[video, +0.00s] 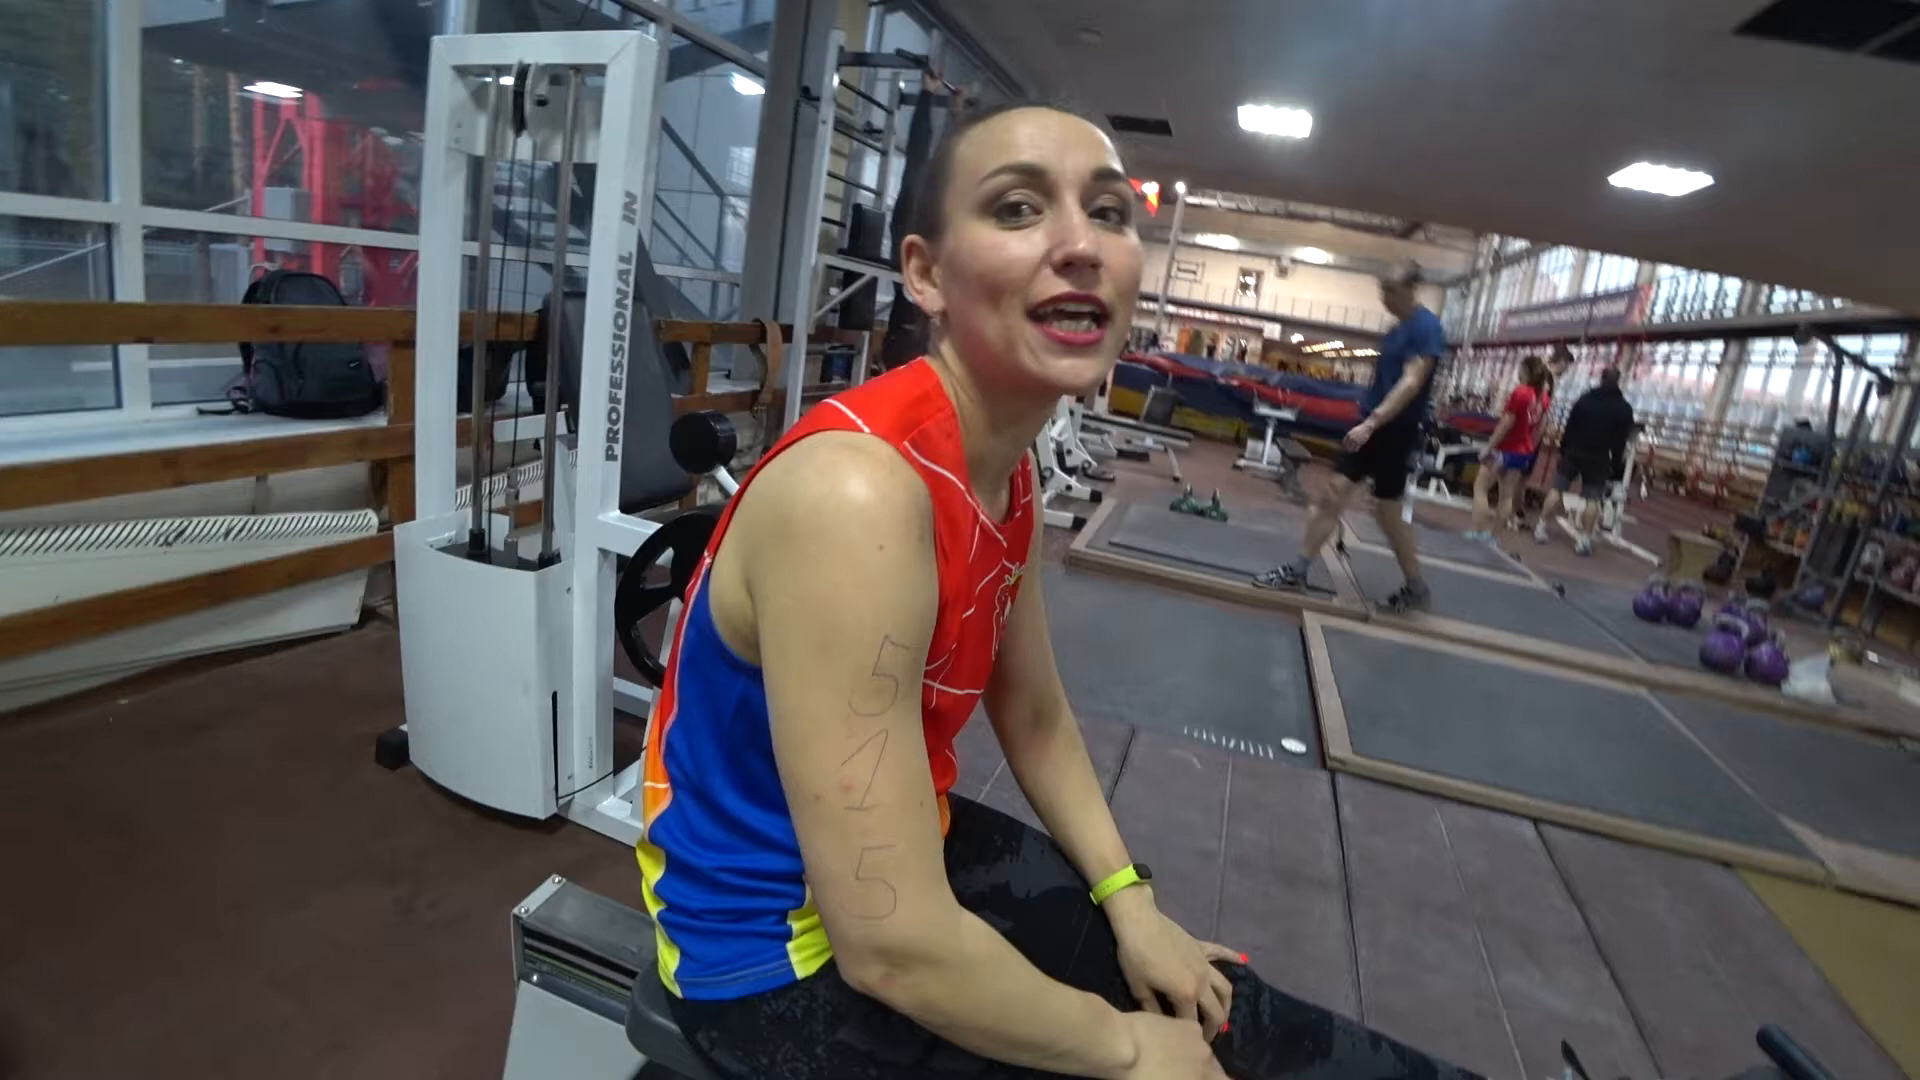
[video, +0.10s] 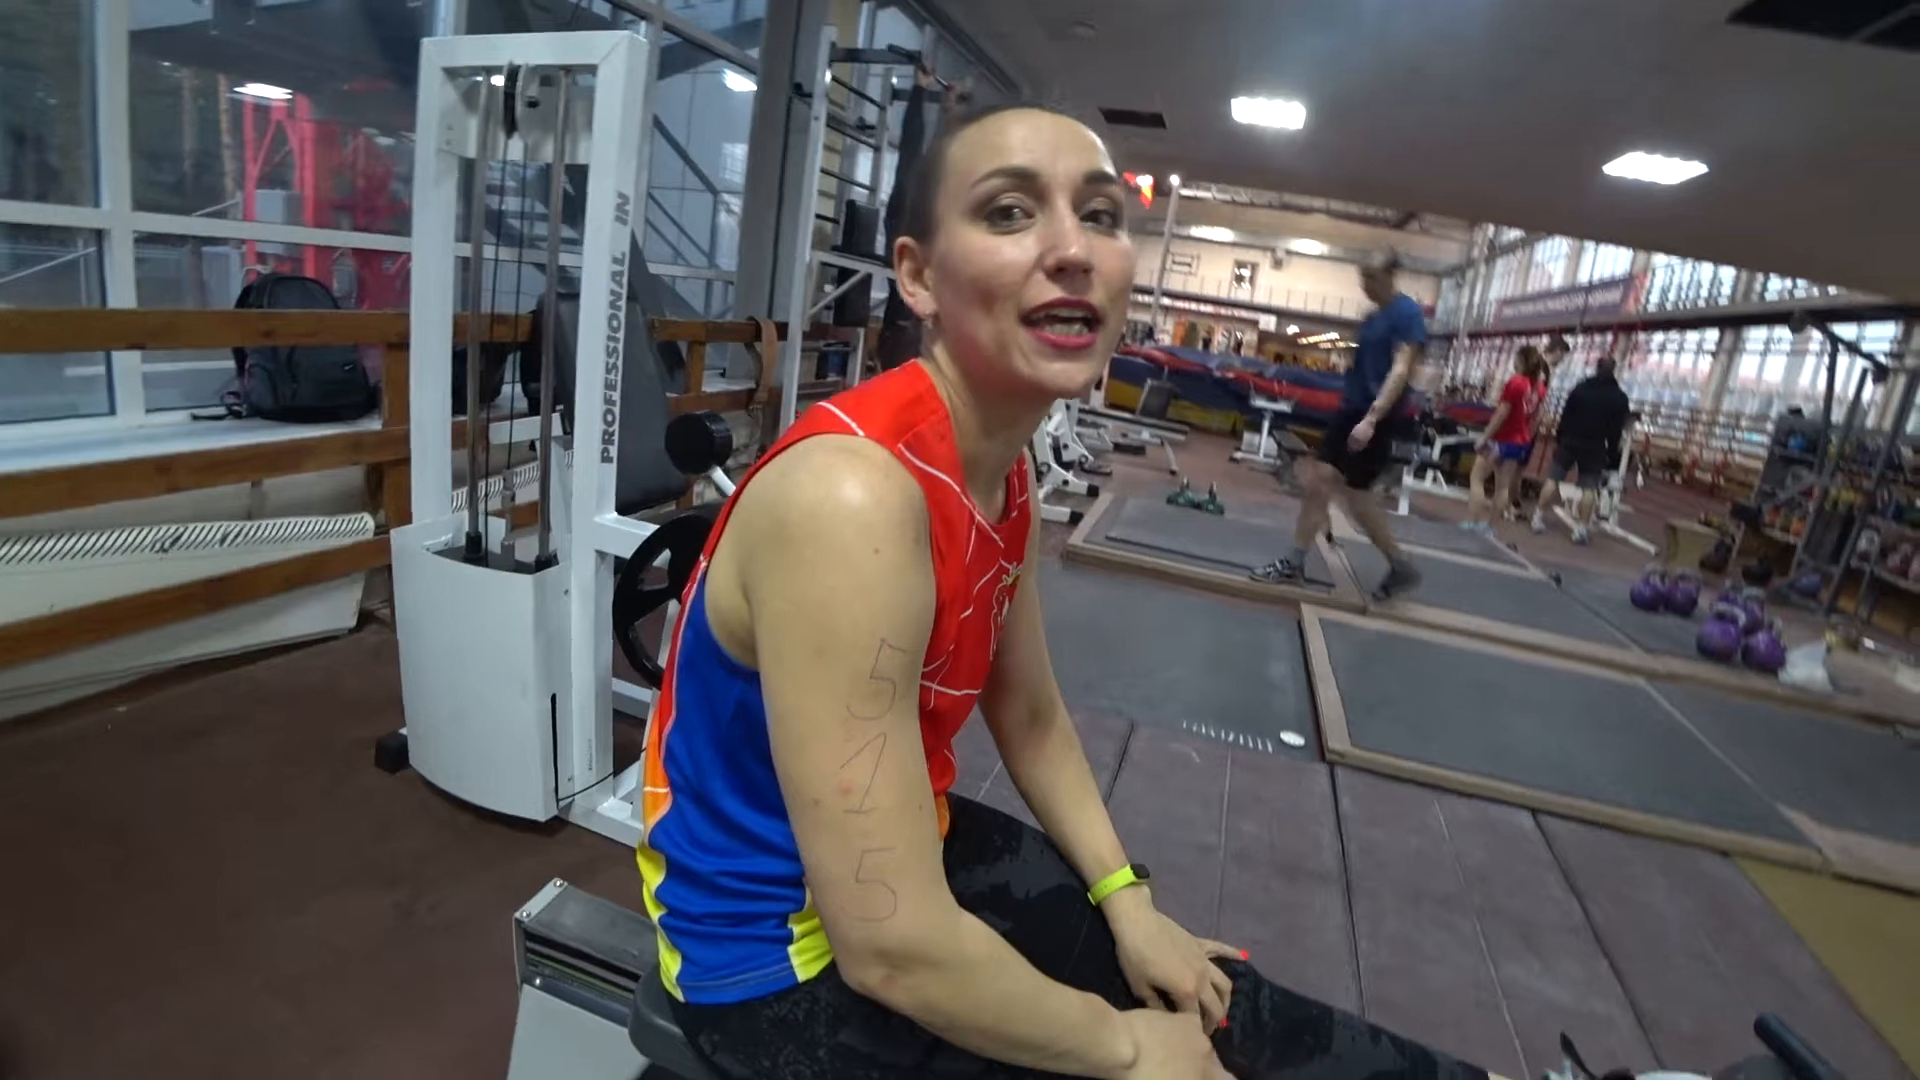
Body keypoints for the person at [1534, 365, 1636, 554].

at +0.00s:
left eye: (1604, 376)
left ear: (1601, 379)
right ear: (1618, 382)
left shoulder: (1586, 398)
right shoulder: (1624, 409)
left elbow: (1570, 425)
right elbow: (1619, 442)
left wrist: (1563, 448)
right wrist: (1617, 467)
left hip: (1574, 450)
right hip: (1598, 457)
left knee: (1558, 489)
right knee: (1593, 498)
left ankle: (1541, 525)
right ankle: (1585, 538)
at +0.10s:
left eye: (1599, 366)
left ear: (1597, 369)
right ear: (1614, 372)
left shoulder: (1582, 387)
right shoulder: (1619, 398)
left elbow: (1566, 414)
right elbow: (1615, 431)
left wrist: (1560, 437)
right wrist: (1613, 456)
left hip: (1570, 440)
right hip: (1595, 446)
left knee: (1554, 478)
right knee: (1589, 487)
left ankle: (1538, 514)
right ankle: (1582, 528)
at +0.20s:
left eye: (1591, 351)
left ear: (1589, 353)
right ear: (1605, 356)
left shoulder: (1574, 373)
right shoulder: (1612, 382)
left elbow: (1559, 399)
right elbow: (1609, 414)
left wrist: (1553, 422)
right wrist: (1605, 437)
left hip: (1563, 425)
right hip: (1588, 431)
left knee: (1548, 464)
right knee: (1583, 473)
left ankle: (1533, 502)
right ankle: (1576, 514)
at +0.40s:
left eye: (1574, 335)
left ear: (1572, 337)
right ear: (1589, 340)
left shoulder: (1557, 357)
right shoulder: (1596, 366)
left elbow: (1544, 384)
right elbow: (1593, 397)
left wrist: (1538, 407)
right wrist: (1589, 419)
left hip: (1548, 409)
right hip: (1573, 415)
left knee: (1534, 449)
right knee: (1569, 456)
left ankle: (1519, 488)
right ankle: (1562, 499)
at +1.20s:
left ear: (1563, 315)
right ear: (1580, 318)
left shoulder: (1548, 334)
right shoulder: (1586, 341)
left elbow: (1535, 361)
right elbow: (1586, 372)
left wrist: (1529, 385)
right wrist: (1582, 394)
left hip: (1540, 387)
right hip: (1566, 392)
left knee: (1525, 427)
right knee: (1561, 435)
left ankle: (1510, 466)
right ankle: (1553, 477)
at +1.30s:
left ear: (1561, 304)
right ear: (1578, 307)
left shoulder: (1547, 324)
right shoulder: (1585, 332)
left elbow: (1533, 352)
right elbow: (1584, 364)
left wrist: (1527, 375)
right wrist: (1580, 387)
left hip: (1538, 377)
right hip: (1564, 383)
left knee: (1524, 417)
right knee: (1558, 425)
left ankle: (1508, 457)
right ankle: (1551, 467)